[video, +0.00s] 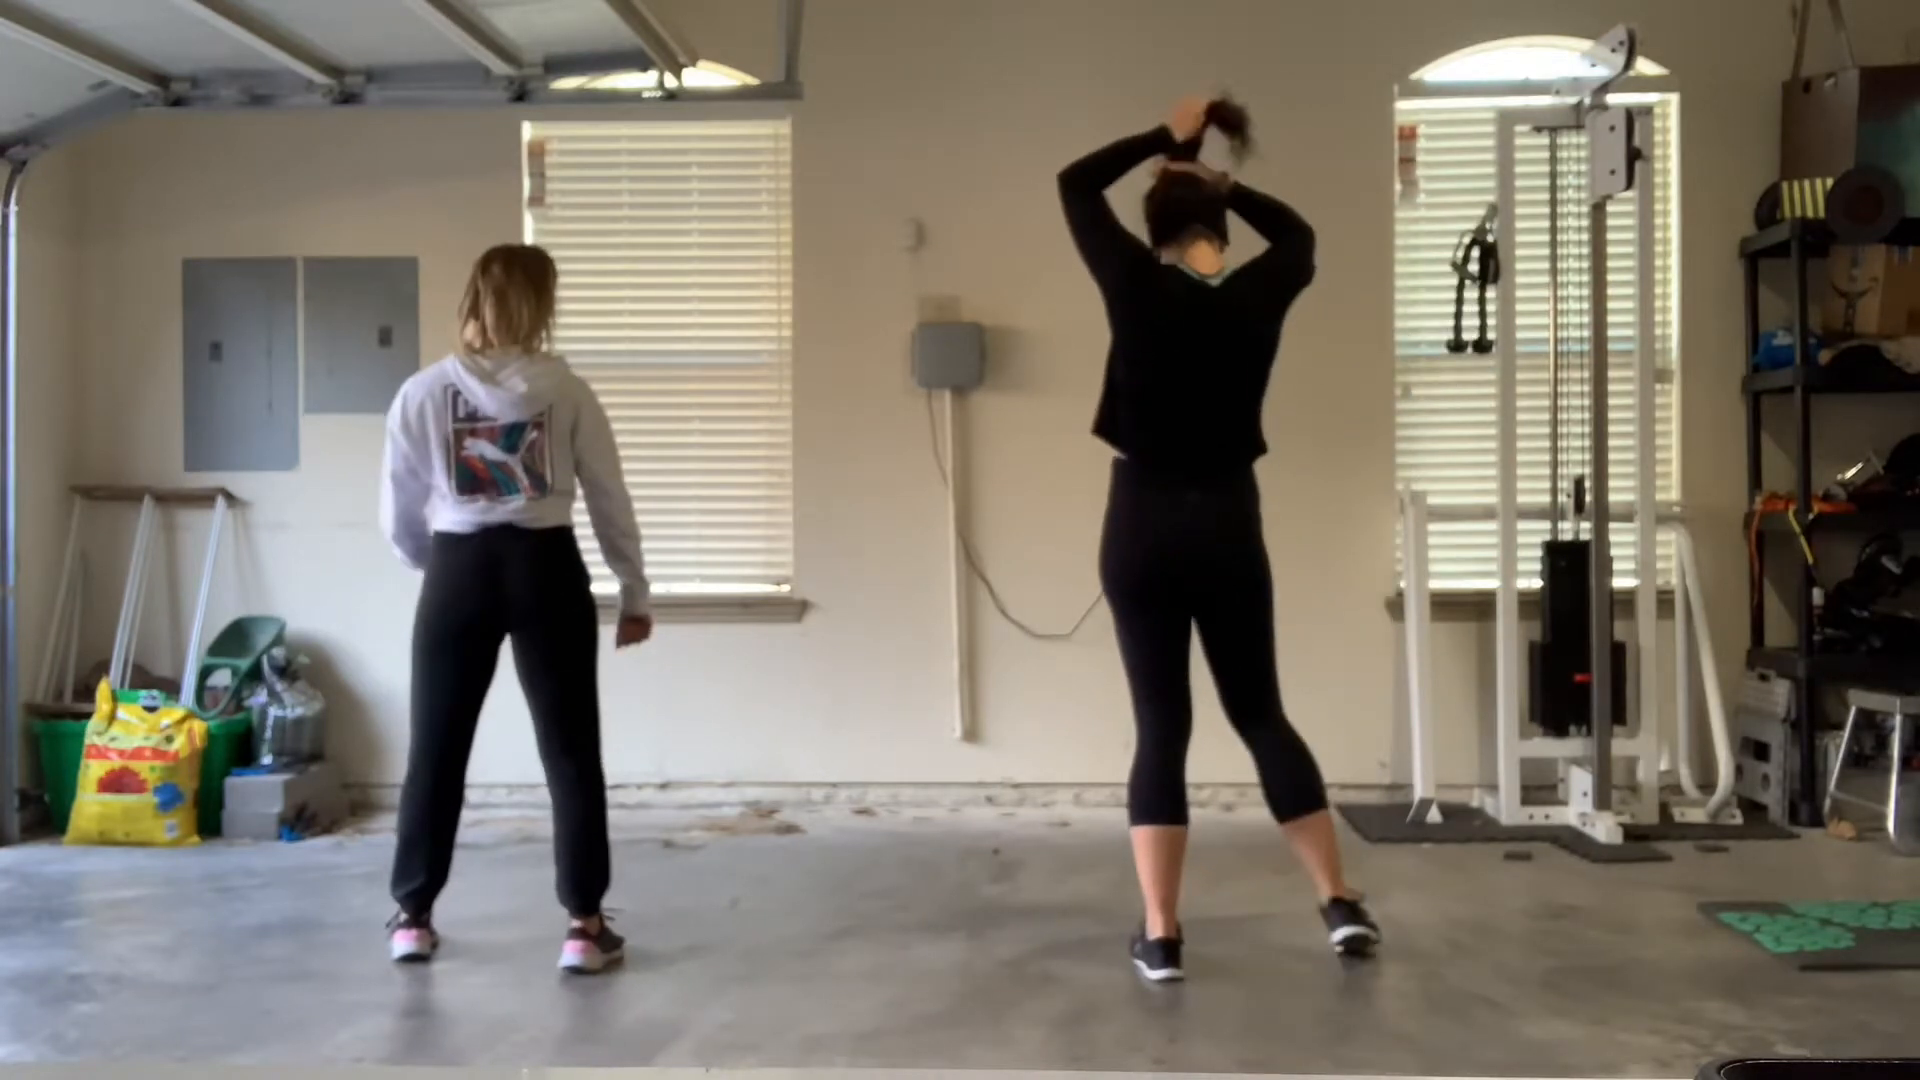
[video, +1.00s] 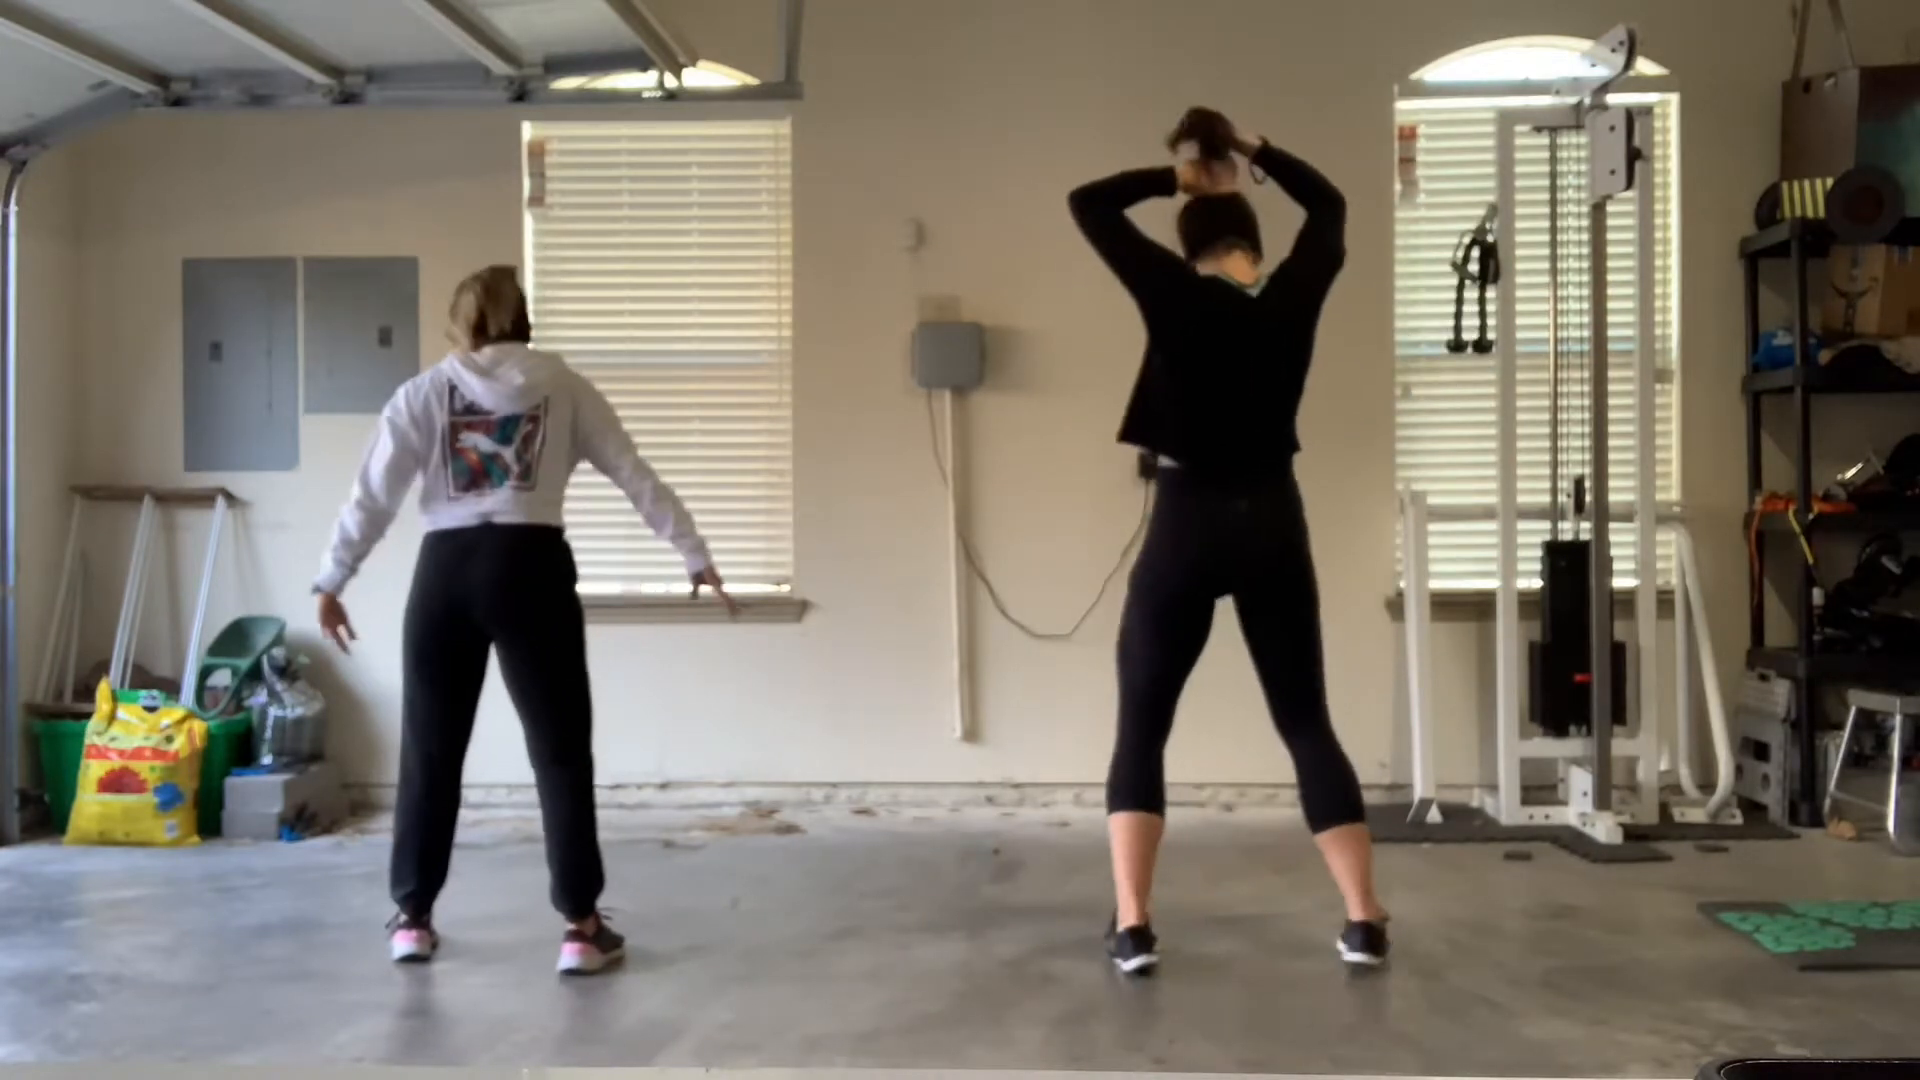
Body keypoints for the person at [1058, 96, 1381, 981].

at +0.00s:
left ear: (1153, 231)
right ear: (1222, 227)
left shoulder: (1135, 286)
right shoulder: (1260, 293)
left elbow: (1076, 185)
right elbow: (1299, 236)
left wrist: (1158, 137)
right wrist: (1226, 187)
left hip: (1139, 533)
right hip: (1229, 532)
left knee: (1160, 731)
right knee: (1262, 716)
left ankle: (1161, 937)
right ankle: (1338, 902)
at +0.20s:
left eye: (1187, 245)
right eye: (1236, 243)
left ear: (1178, 247)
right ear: (1250, 244)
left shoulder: (1165, 295)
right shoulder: (1287, 309)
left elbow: (1084, 209)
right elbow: (1310, 258)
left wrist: (1163, 140)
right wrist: (1253, 207)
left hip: (1172, 534)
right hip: (1262, 536)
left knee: (1159, 731)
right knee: (1282, 723)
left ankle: (1166, 927)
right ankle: (1351, 917)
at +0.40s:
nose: (1247, 248)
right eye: (1257, 235)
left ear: (1201, 234)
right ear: (1272, 236)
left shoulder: (1167, 300)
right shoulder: (1296, 302)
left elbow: (1059, 267)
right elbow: (1339, 250)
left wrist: (1130, 203)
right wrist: (1283, 195)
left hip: (1195, 532)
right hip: (1287, 529)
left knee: (1166, 725)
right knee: (1303, 716)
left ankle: (1185, 920)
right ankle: (1357, 916)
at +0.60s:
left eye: (1213, 223)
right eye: (1247, 222)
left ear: (1196, 235)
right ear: (1268, 235)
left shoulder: (1152, 307)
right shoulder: (1289, 302)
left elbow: (1055, 258)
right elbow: (1338, 234)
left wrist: (1149, 243)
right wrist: (1284, 177)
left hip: (1185, 534)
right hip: (1279, 528)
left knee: (1179, 726)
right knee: (1317, 716)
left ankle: (1134, 916)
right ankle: (1344, 915)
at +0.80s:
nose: (1232, 264)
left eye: (1213, 252)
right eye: (1243, 251)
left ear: (1184, 255)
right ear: (1257, 257)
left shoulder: (1149, 307)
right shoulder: (1281, 311)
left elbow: (1062, 229)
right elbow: (1327, 233)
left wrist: (1153, 200)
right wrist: (1263, 177)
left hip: (1173, 546)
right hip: (1265, 544)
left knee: (1162, 735)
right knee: (1317, 724)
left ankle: (1131, 929)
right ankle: (1329, 921)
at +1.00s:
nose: (1226, 260)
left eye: (1202, 249)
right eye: (1242, 249)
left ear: (1187, 252)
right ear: (1259, 248)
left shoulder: (1168, 297)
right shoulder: (1292, 304)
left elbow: (1089, 205)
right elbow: (1331, 207)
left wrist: (1172, 177)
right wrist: (1260, 153)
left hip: (1183, 532)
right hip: (1273, 533)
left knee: (1141, 726)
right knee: (1307, 721)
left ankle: (1131, 926)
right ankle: (1363, 916)